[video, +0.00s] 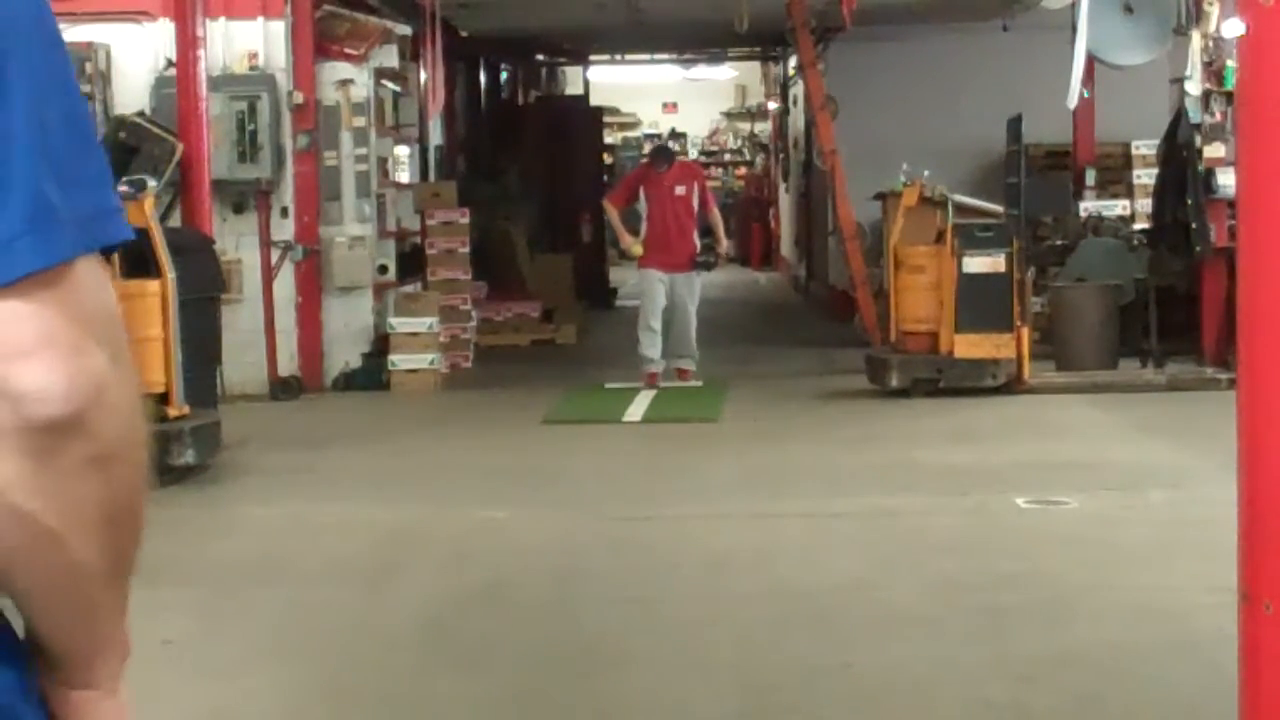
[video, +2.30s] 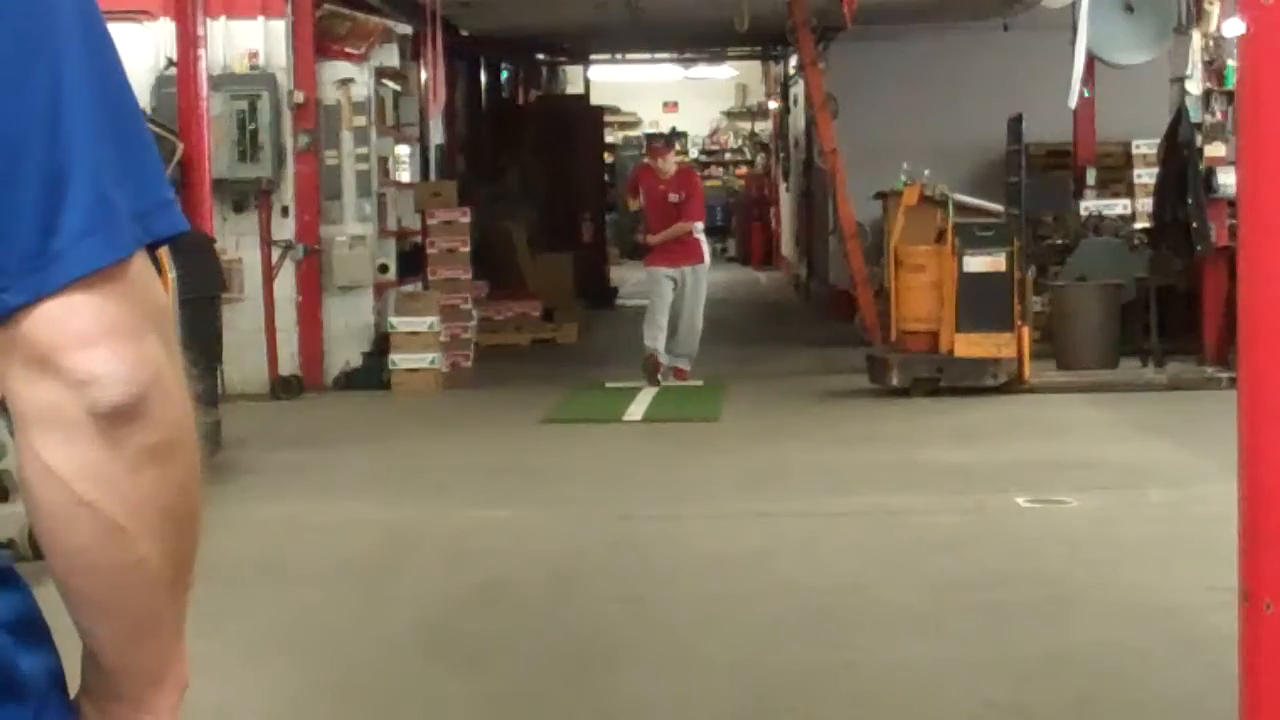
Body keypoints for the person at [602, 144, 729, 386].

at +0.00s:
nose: (659, 173)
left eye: (663, 169)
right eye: (656, 169)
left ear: (673, 161)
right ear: (650, 162)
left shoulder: (693, 172)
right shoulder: (643, 173)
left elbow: (711, 208)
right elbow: (610, 203)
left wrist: (721, 240)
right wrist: (624, 237)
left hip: (686, 259)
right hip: (653, 258)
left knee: (686, 314)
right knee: (651, 312)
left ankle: (685, 363)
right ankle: (651, 366)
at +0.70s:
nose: (638, 154)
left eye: (641, 147)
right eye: (632, 149)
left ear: (651, 146)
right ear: (626, 152)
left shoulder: (673, 169)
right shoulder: (622, 176)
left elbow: (691, 206)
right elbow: (601, 206)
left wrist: (691, 245)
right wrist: (613, 237)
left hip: (677, 256)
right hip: (644, 259)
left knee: (682, 315)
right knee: (645, 315)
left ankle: (683, 364)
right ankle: (650, 367)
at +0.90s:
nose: (638, 149)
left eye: (642, 143)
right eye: (632, 145)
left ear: (652, 142)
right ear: (627, 148)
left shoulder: (672, 168)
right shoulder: (624, 174)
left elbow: (677, 208)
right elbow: (603, 206)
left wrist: (654, 239)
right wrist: (613, 240)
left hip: (676, 255)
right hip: (642, 256)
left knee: (682, 311)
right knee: (644, 313)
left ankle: (683, 363)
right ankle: (650, 368)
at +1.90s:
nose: (655, 159)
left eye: (659, 153)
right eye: (650, 154)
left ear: (668, 150)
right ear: (645, 155)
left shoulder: (685, 176)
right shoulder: (640, 173)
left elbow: (682, 220)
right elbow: (629, 199)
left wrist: (647, 236)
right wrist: (629, 203)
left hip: (685, 258)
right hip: (653, 256)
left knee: (685, 314)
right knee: (652, 310)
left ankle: (682, 363)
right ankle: (652, 364)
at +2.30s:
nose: (659, 163)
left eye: (663, 157)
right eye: (654, 158)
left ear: (673, 153)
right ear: (648, 157)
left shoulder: (689, 178)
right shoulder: (643, 173)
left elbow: (690, 223)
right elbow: (631, 194)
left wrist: (657, 238)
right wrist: (634, 205)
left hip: (691, 256)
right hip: (659, 255)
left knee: (689, 313)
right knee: (658, 305)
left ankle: (682, 362)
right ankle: (654, 357)